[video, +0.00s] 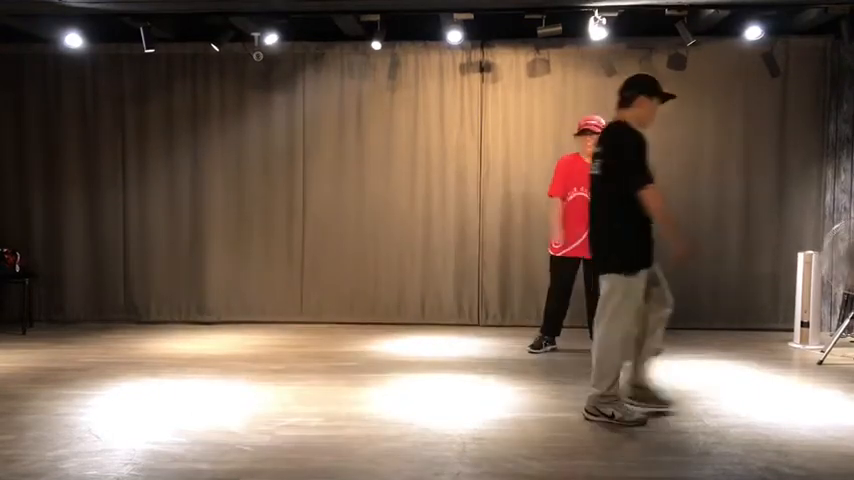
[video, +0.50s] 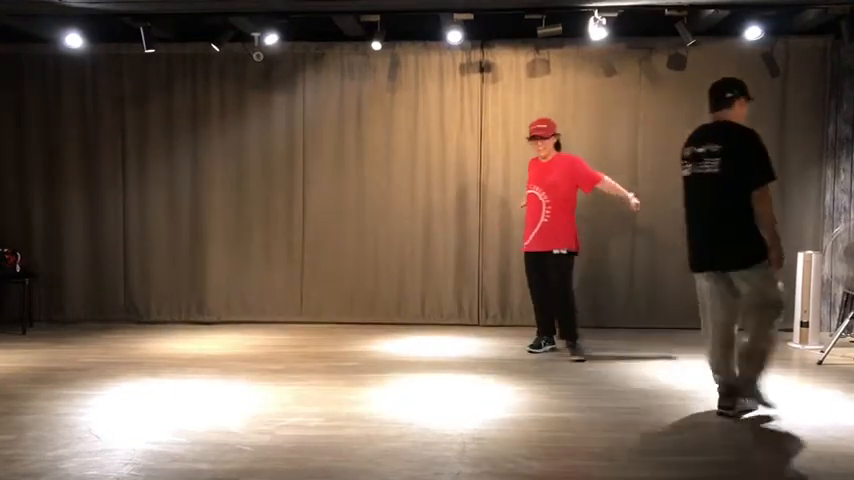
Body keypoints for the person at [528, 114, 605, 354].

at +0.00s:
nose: (590, 140)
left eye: (594, 136)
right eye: (586, 135)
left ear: (602, 139)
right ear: (579, 138)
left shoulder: (606, 166)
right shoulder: (566, 164)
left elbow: (613, 202)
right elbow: (557, 200)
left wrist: (608, 237)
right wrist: (557, 232)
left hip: (595, 242)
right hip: (567, 241)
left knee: (597, 293)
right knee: (558, 291)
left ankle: (599, 337)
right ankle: (548, 335)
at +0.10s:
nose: (579, 140)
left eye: (584, 136)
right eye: (575, 136)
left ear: (593, 138)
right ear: (569, 139)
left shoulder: (604, 166)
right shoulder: (558, 162)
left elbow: (614, 201)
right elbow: (540, 193)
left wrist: (621, 235)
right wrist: (530, 219)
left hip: (592, 241)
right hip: (559, 239)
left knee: (593, 293)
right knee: (554, 291)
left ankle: (599, 339)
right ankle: (547, 336)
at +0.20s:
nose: (568, 139)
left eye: (573, 135)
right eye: (564, 135)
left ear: (583, 137)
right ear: (559, 138)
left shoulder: (593, 165)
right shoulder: (549, 163)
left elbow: (607, 194)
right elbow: (528, 189)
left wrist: (620, 218)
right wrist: (507, 210)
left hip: (583, 241)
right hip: (551, 240)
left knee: (588, 293)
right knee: (549, 292)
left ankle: (599, 338)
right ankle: (546, 336)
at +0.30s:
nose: (557, 141)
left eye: (562, 136)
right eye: (553, 137)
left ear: (572, 138)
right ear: (549, 140)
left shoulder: (583, 165)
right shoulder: (544, 163)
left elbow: (604, 193)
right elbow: (528, 187)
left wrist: (622, 212)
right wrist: (509, 202)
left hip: (573, 240)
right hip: (542, 240)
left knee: (583, 293)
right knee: (544, 293)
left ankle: (598, 339)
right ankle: (546, 337)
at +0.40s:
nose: (548, 142)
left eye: (552, 137)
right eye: (544, 138)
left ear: (563, 138)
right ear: (540, 140)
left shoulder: (575, 163)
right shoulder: (538, 163)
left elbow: (603, 184)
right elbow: (536, 186)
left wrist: (627, 202)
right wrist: (525, 197)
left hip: (565, 241)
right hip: (536, 241)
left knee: (574, 292)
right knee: (541, 293)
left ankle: (589, 339)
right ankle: (546, 337)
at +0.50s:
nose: (539, 144)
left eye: (543, 139)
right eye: (535, 140)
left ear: (555, 139)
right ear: (531, 142)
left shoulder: (570, 163)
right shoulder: (533, 166)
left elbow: (599, 180)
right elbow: (540, 190)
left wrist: (627, 195)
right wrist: (528, 200)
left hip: (560, 242)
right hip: (533, 242)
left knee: (561, 292)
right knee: (539, 293)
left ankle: (571, 341)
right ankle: (545, 337)